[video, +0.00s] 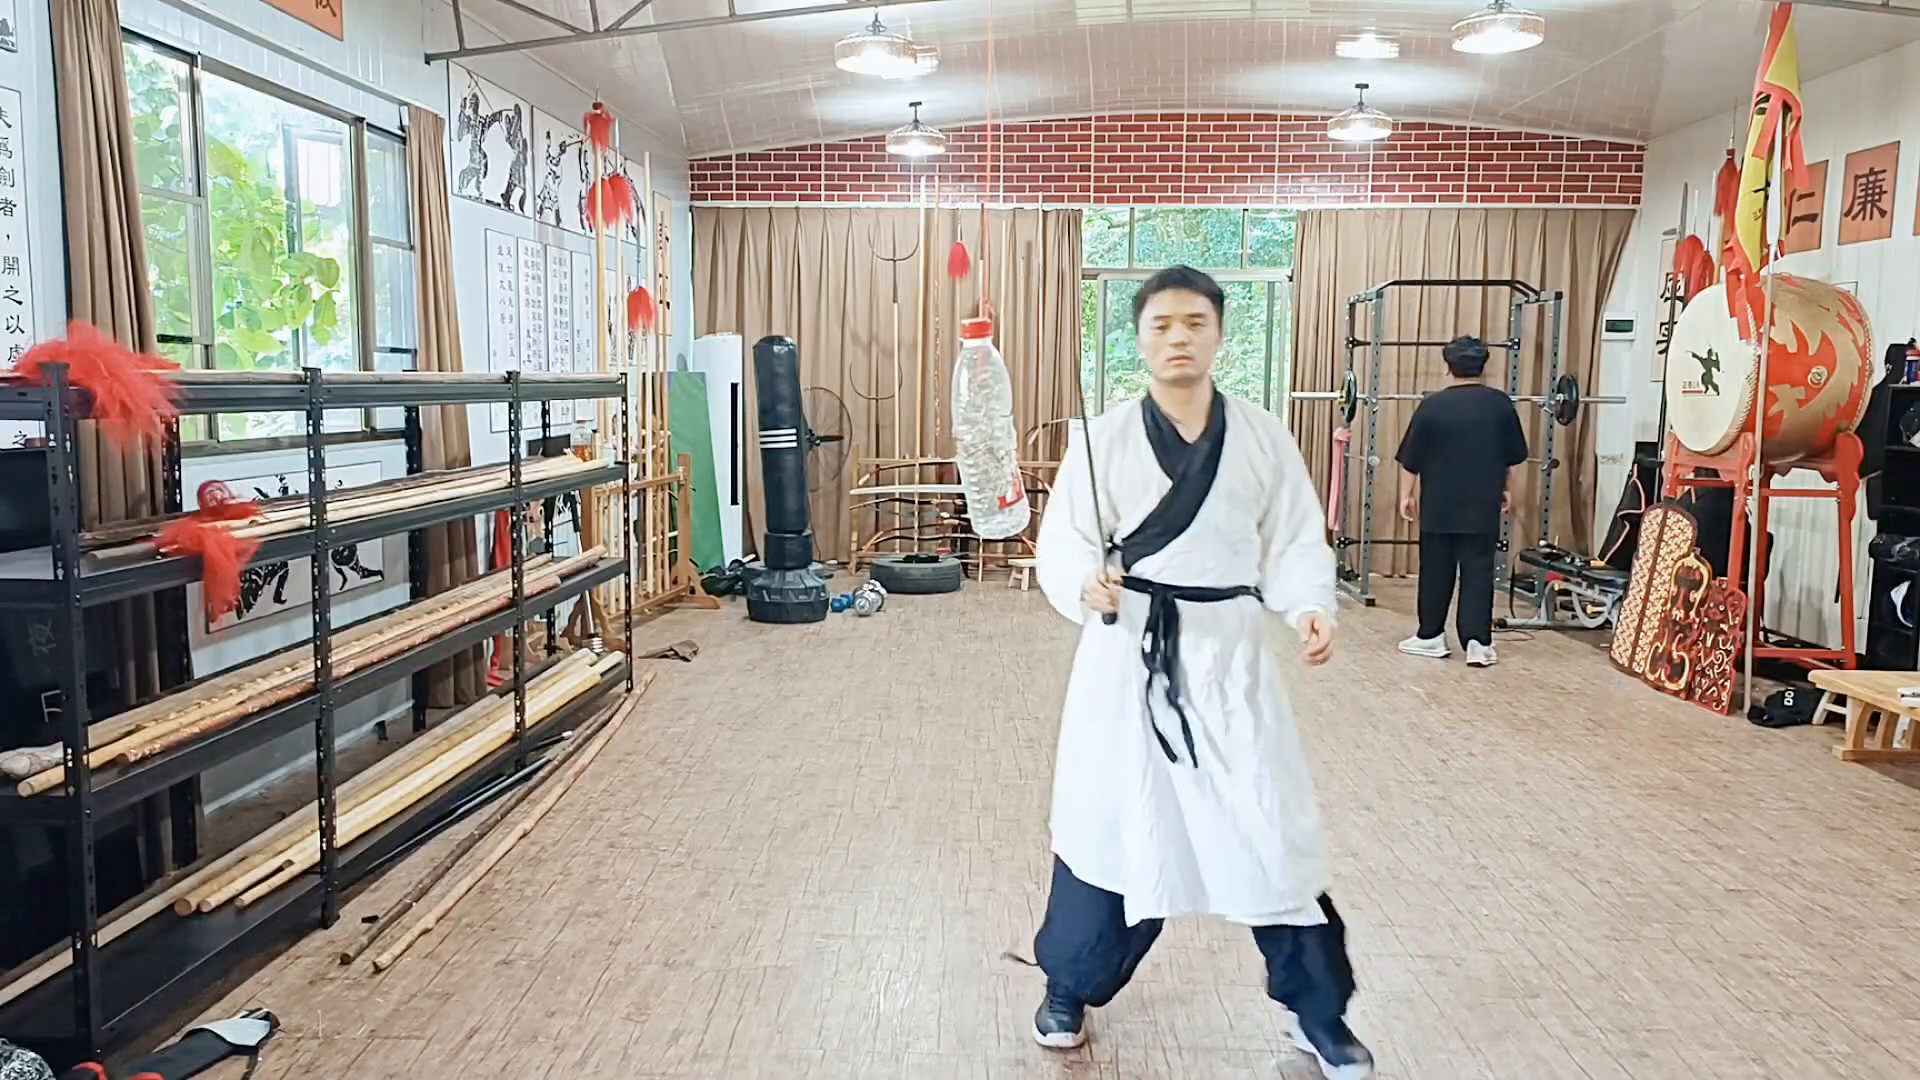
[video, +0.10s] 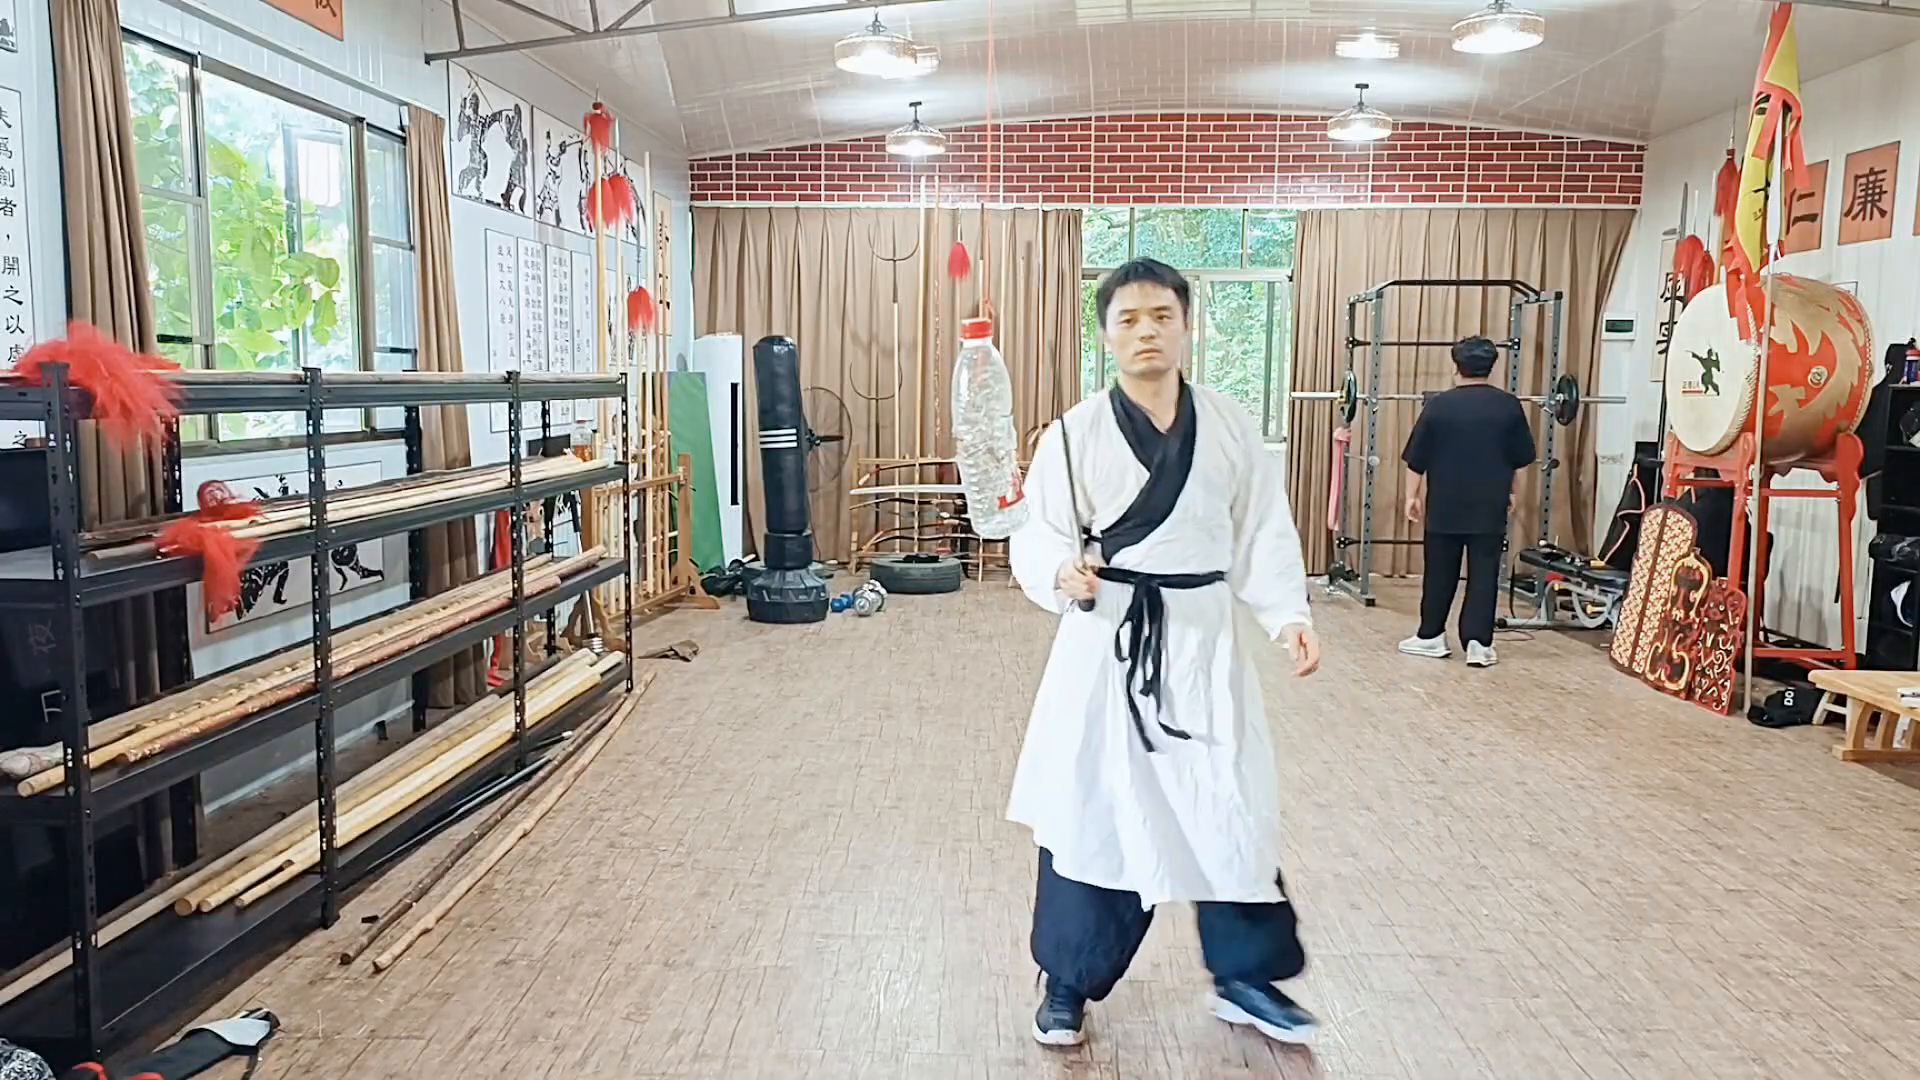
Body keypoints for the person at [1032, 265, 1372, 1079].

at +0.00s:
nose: (1179, 338)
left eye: (1195, 323)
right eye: (1162, 325)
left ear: (1220, 338)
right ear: (1139, 343)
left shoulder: (1264, 437)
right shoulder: (1097, 441)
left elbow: (1298, 540)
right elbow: (1060, 543)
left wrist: (1309, 603)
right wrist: (1084, 583)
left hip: (1235, 662)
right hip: (1126, 662)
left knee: (1277, 837)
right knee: (1112, 832)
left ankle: (1321, 1017)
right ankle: (1069, 988)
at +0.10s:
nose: (1146, 332)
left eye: (1161, 317)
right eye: (1129, 319)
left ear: (1186, 330)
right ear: (1106, 337)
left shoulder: (1230, 426)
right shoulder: (1072, 437)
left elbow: (1266, 533)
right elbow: (1033, 537)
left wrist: (1289, 613)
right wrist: (1062, 573)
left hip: (1208, 642)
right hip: (1106, 641)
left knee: (1233, 804)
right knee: (1094, 810)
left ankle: (1244, 975)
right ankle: (1066, 984)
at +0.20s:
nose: (1125, 331)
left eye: (1139, 315)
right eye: (1107, 319)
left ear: (1163, 327)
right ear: (1083, 335)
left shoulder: (1206, 423)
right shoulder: (1053, 435)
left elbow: (1245, 532)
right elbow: (1016, 537)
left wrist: (1284, 619)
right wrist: (1046, 575)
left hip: (1186, 630)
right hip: (1088, 631)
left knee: (1197, 795)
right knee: (1080, 801)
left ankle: (1180, 950)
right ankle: (1064, 981)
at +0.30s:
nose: (1114, 334)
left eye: (1128, 318)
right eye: (1096, 322)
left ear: (1149, 329)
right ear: (1071, 339)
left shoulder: (1189, 425)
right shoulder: (1046, 436)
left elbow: (1231, 535)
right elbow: (1009, 535)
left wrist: (1277, 627)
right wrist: (1036, 578)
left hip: (1170, 627)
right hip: (1079, 629)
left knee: (1168, 784)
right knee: (1069, 796)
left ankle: (1132, 928)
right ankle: (1064, 975)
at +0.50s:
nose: (1114, 337)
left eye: (1127, 321)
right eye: (1097, 325)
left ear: (1145, 332)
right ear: (1069, 339)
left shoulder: (1170, 428)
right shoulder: (1042, 433)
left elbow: (1207, 538)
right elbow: (1001, 533)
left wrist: (1260, 616)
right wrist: (1035, 571)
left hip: (1141, 626)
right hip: (1067, 627)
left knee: (1114, 782)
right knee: (1050, 796)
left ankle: (1089, 932)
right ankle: (1056, 979)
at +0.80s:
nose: (1117, 348)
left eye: (1130, 333)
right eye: (1100, 333)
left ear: (1145, 341)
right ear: (1068, 342)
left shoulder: (1154, 427)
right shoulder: (1037, 429)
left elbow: (1181, 536)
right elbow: (999, 538)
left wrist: (1227, 612)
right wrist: (1033, 575)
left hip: (1133, 622)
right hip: (1056, 628)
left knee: (1121, 777)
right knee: (1050, 795)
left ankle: (1094, 931)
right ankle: (1048, 985)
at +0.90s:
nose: (1116, 351)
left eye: (1129, 336)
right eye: (1098, 337)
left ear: (1143, 343)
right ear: (1066, 345)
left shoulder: (1154, 426)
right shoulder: (1036, 431)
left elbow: (1175, 538)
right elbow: (997, 539)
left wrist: (1211, 613)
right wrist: (1037, 585)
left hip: (1133, 628)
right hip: (1059, 634)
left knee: (1124, 782)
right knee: (1057, 801)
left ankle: (1096, 929)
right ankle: (1049, 986)